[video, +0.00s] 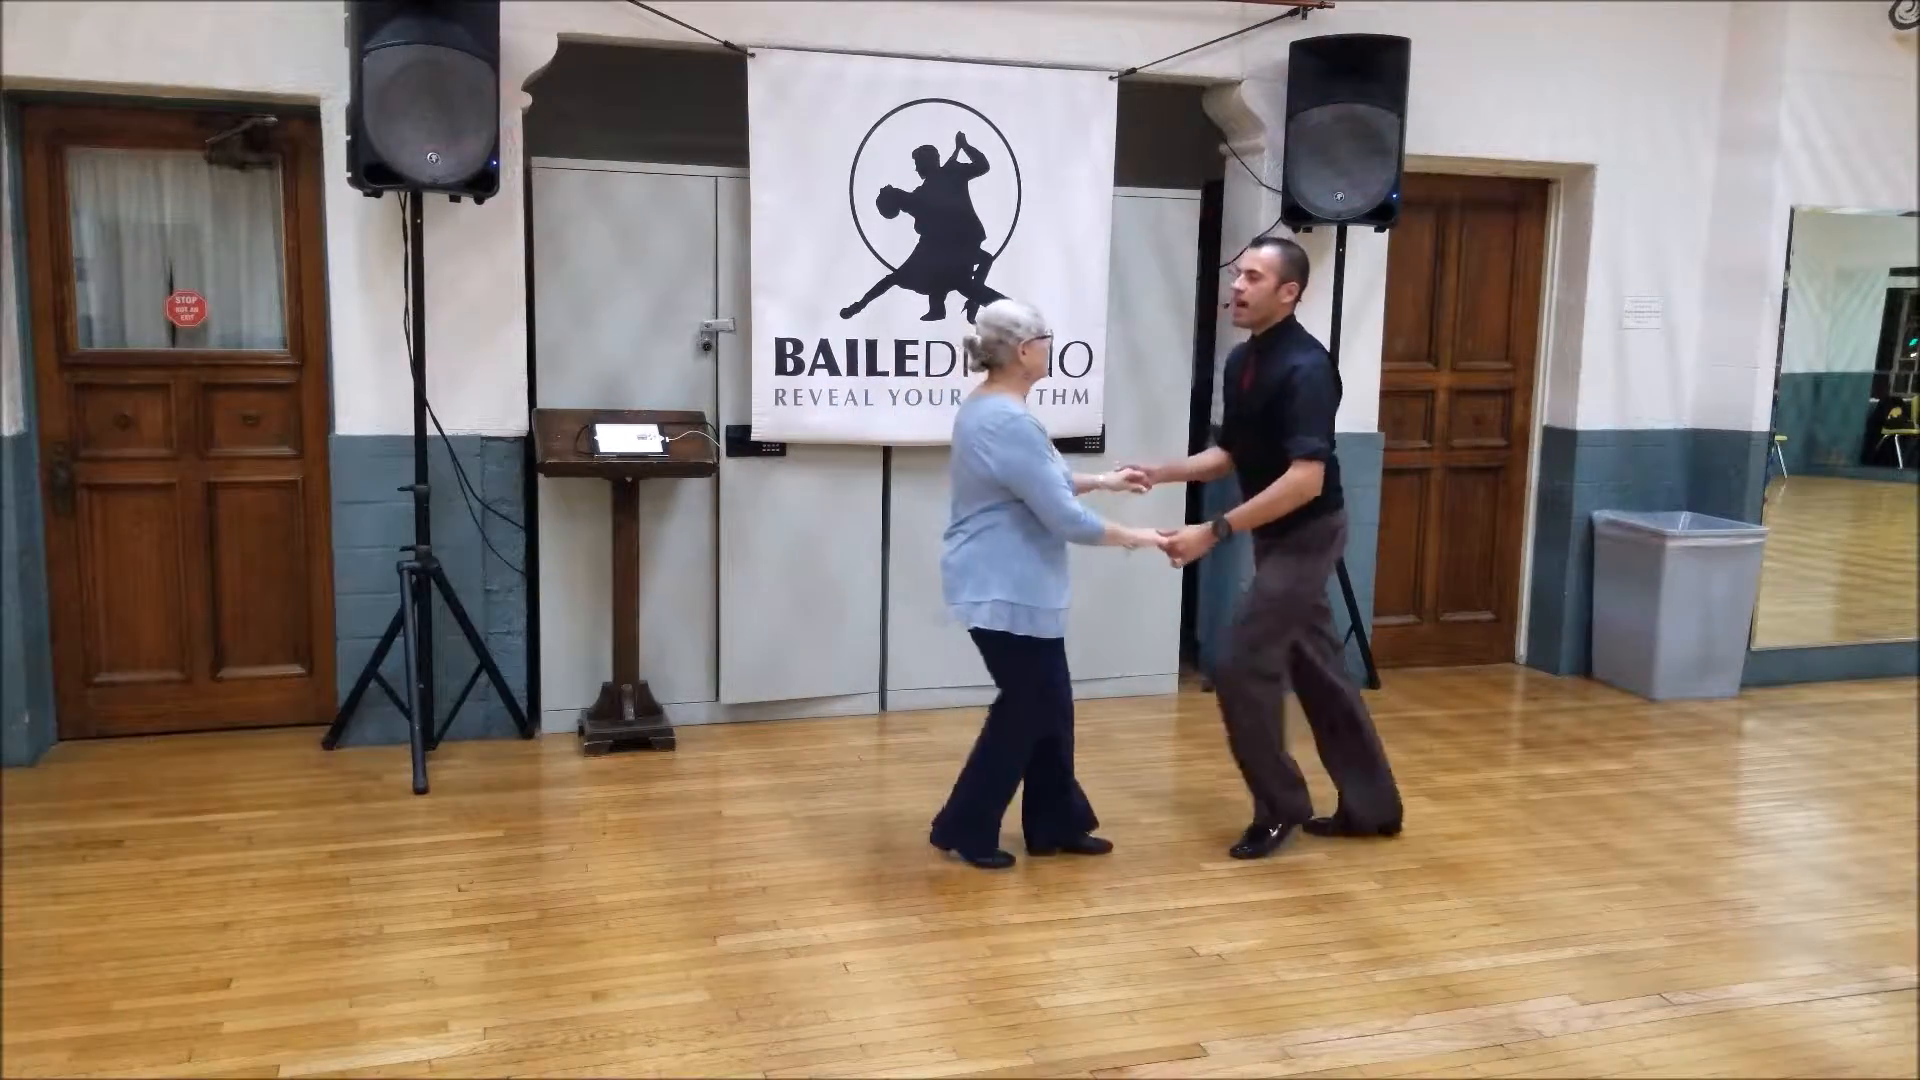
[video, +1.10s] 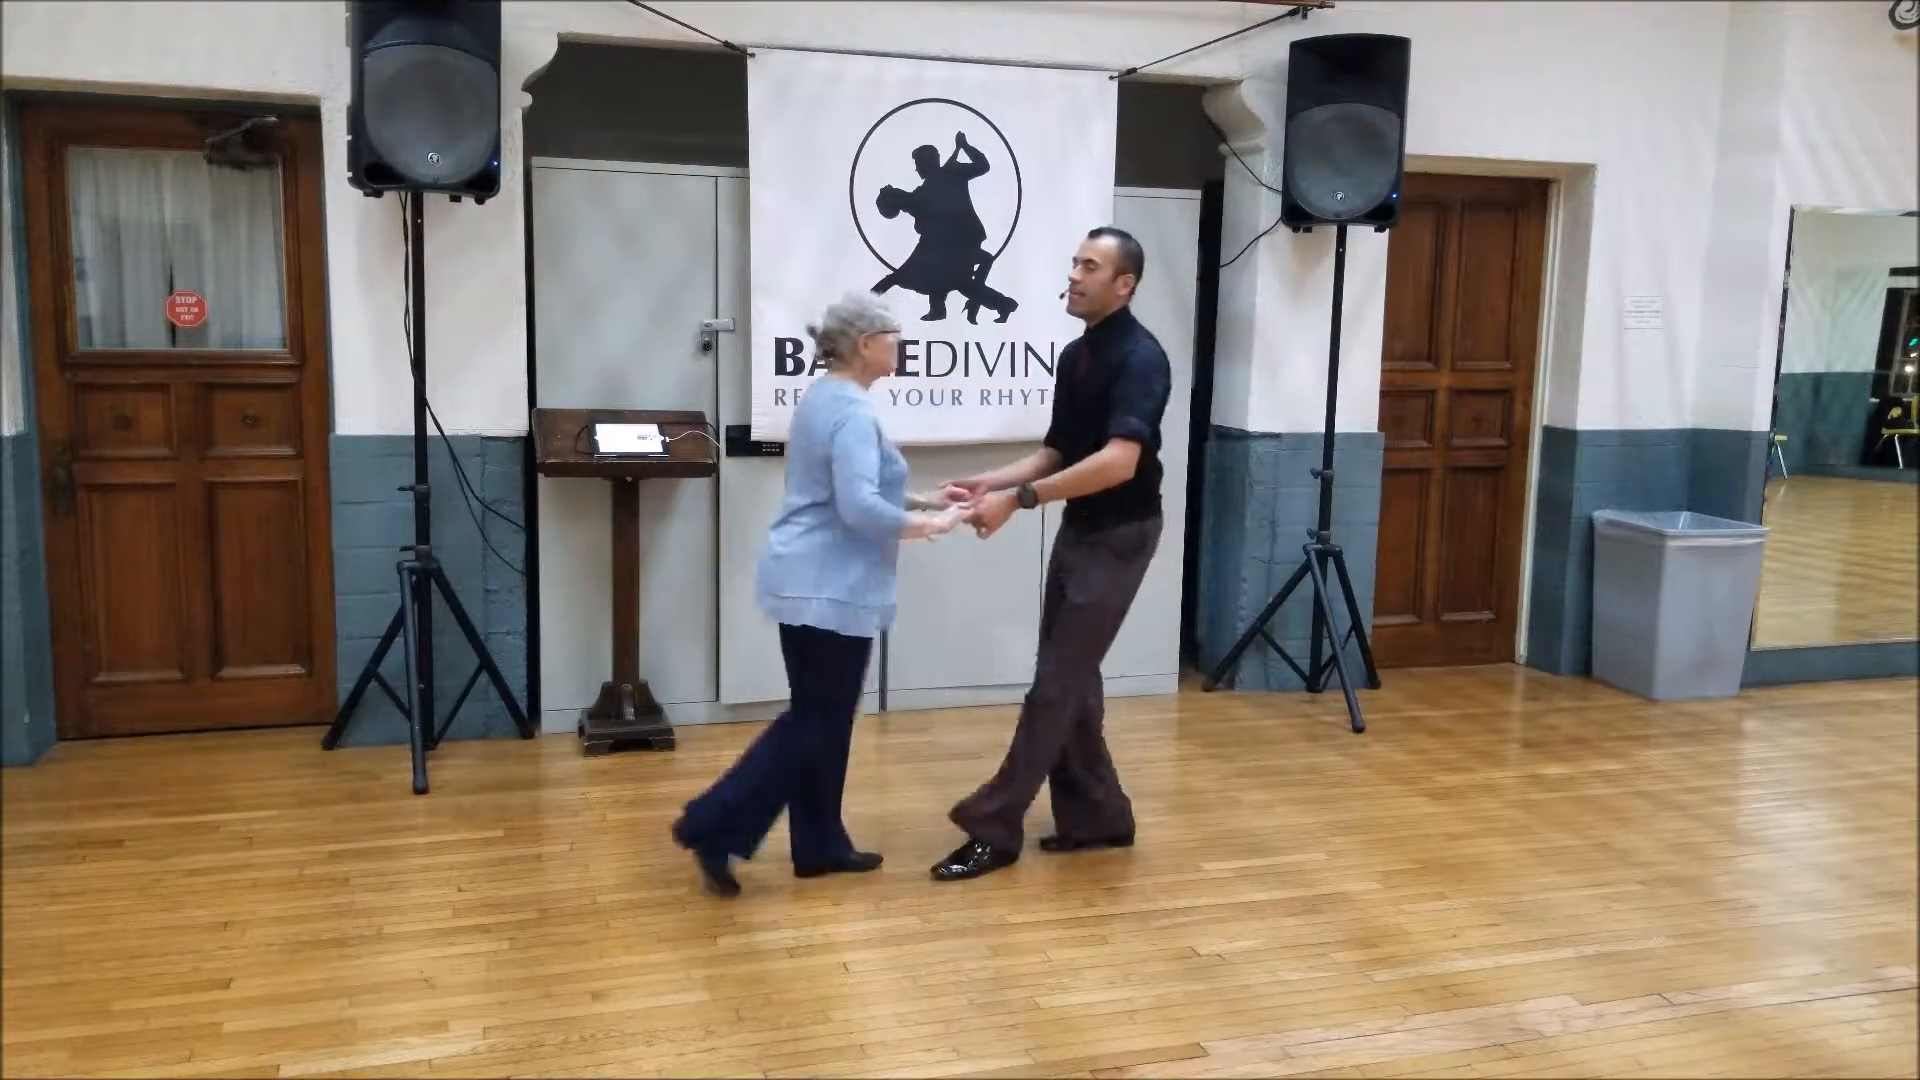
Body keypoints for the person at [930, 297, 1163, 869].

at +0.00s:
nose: (1049, 350)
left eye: (1046, 340)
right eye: (1042, 341)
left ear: (1006, 352)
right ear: (1017, 351)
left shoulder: (986, 412)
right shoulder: (1006, 422)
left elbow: (1041, 484)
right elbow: (1065, 518)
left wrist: (1103, 481)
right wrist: (1135, 536)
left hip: (1011, 584)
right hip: (1007, 588)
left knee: (1049, 703)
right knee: (1031, 703)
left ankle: (1055, 824)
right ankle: (963, 827)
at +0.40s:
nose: (1030, 349)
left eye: (1028, 339)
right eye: (1023, 340)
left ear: (982, 348)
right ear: (997, 347)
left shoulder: (948, 408)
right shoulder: (999, 416)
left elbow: (1006, 488)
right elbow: (1058, 504)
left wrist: (1069, 483)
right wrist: (1097, 490)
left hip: (960, 584)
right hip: (997, 592)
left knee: (1009, 714)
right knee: (1012, 721)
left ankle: (1011, 824)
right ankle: (982, 850)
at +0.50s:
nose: (1015, 344)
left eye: (1011, 335)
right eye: (1007, 336)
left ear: (963, 346)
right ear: (981, 345)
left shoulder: (928, 405)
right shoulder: (984, 415)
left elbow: (987, 481)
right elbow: (1046, 502)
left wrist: (1046, 467)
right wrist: (1077, 476)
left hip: (935, 581)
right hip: (981, 588)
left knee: (976, 694)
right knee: (994, 712)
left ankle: (923, 807)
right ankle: (981, 847)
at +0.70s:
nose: (973, 350)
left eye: (970, 339)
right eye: (966, 341)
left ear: (923, 348)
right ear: (941, 348)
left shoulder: (888, 403)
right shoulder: (942, 415)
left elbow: (939, 471)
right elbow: (992, 511)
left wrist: (1001, 452)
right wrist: (1036, 492)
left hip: (884, 579)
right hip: (939, 584)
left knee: (884, 702)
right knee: (963, 717)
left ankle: (825, 830)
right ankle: (971, 851)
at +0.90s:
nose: (936, 350)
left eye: (933, 341)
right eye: (928, 342)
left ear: (884, 353)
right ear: (898, 351)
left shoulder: (851, 406)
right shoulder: (896, 421)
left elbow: (894, 483)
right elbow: (907, 519)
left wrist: (956, 494)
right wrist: (971, 538)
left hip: (830, 590)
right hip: (877, 596)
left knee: (842, 710)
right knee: (924, 703)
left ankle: (818, 846)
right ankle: (893, 848)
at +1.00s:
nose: (917, 350)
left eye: (915, 340)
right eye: (910, 341)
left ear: (869, 347)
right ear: (882, 346)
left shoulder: (835, 403)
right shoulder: (870, 415)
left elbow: (884, 496)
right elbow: (877, 512)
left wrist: (945, 500)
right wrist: (945, 531)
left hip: (815, 582)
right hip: (854, 589)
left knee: (827, 704)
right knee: (883, 702)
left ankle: (820, 837)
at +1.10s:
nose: (899, 347)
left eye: (896, 337)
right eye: (891, 338)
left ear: (850, 347)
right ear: (861, 345)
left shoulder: (822, 400)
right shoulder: (852, 412)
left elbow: (860, 492)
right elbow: (858, 507)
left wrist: (926, 499)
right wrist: (923, 526)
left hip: (808, 580)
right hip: (831, 588)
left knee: (821, 717)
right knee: (819, 721)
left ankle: (821, 847)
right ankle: (714, 827)